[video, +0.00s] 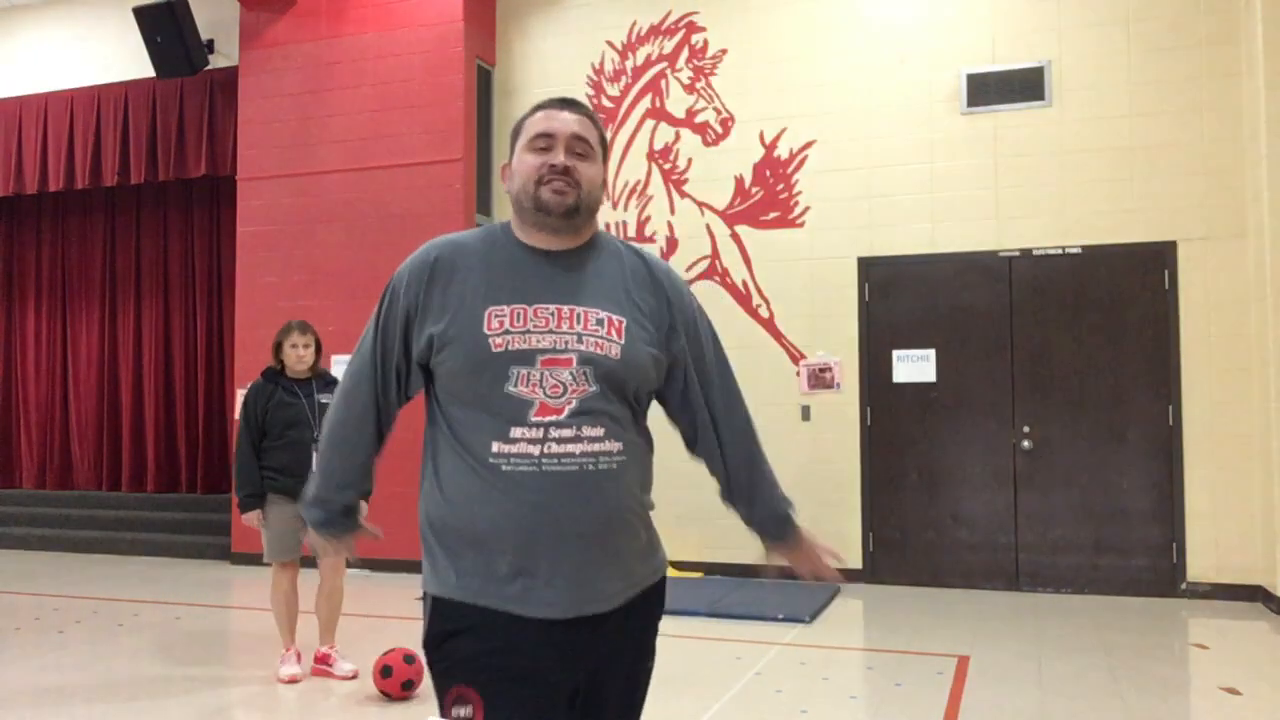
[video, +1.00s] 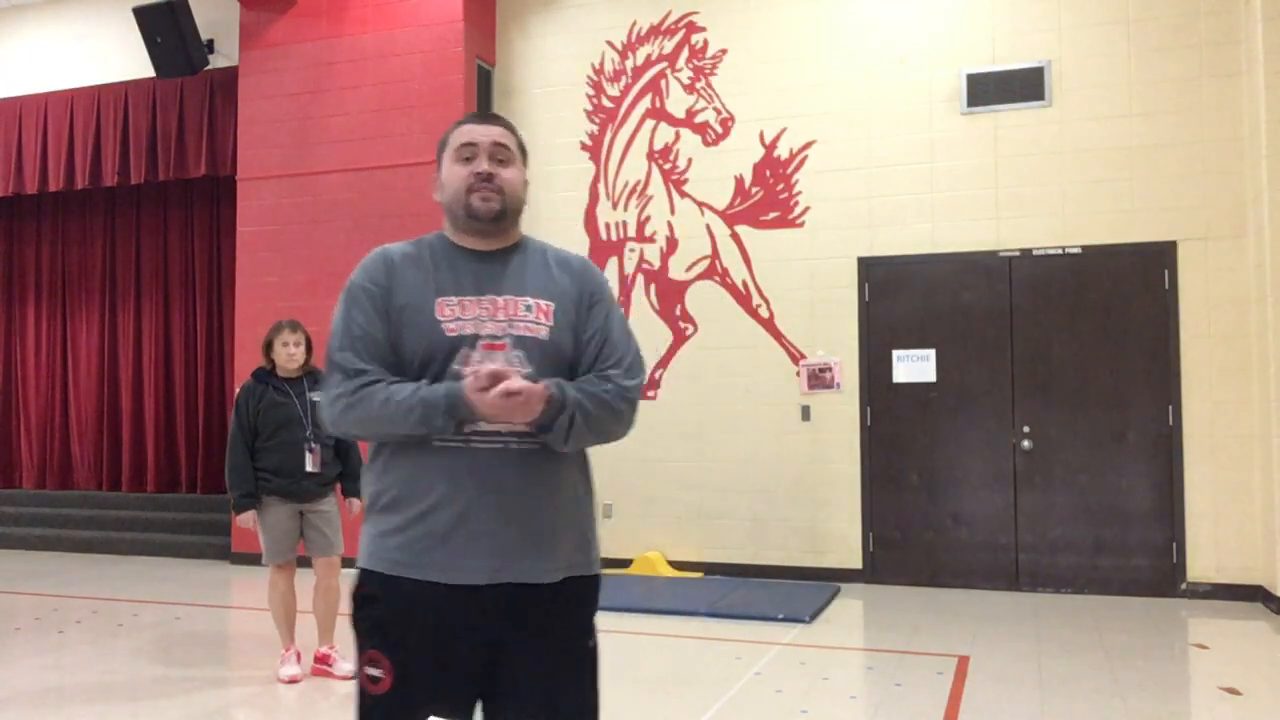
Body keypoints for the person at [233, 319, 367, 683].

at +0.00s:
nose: (301, 352)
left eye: (307, 346)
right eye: (293, 346)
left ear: (317, 350)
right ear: (280, 352)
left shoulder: (335, 389)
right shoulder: (262, 391)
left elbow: (356, 441)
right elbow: (246, 447)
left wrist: (361, 492)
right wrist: (249, 500)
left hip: (329, 493)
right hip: (280, 495)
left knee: (334, 566)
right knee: (285, 569)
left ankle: (327, 651)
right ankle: (290, 652)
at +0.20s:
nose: (297, 352)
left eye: (303, 345)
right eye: (289, 346)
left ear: (313, 350)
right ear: (276, 352)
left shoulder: (330, 387)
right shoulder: (259, 392)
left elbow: (352, 436)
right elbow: (243, 449)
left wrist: (358, 489)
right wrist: (245, 501)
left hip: (324, 493)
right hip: (277, 496)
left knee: (334, 566)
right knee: (284, 569)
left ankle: (327, 651)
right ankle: (289, 652)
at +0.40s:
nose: (295, 351)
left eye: (301, 345)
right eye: (287, 346)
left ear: (311, 350)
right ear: (274, 352)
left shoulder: (328, 387)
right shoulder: (258, 392)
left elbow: (347, 436)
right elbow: (241, 450)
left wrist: (341, 476)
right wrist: (246, 502)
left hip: (323, 493)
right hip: (276, 495)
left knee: (330, 567)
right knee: (283, 570)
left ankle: (327, 651)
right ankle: (289, 652)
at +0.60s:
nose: (295, 351)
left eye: (301, 344)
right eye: (287, 345)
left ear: (310, 349)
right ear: (273, 351)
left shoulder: (327, 386)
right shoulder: (257, 391)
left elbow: (345, 438)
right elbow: (240, 448)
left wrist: (354, 487)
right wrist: (245, 501)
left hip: (322, 494)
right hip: (276, 495)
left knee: (331, 565)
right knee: (282, 569)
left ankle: (326, 651)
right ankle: (289, 652)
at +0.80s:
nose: (293, 350)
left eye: (299, 344)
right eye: (285, 345)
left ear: (308, 349)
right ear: (272, 351)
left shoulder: (326, 387)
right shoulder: (255, 392)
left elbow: (345, 438)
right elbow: (239, 448)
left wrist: (353, 485)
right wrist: (243, 501)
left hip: (322, 494)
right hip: (275, 495)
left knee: (329, 567)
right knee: (282, 569)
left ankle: (326, 651)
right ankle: (289, 652)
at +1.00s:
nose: (292, 350)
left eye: (298, 344)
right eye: (284, 344)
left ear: (307, 349)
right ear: (271, 351)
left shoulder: (324, 385)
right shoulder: (254, 392)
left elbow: (344, 434)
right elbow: (238, 448)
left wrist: (352, 483)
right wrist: (243, 501)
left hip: (322, 493)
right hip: (275, 495)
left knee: (329, 567)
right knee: (282, 570)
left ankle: (326, 650)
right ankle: (289, 652)